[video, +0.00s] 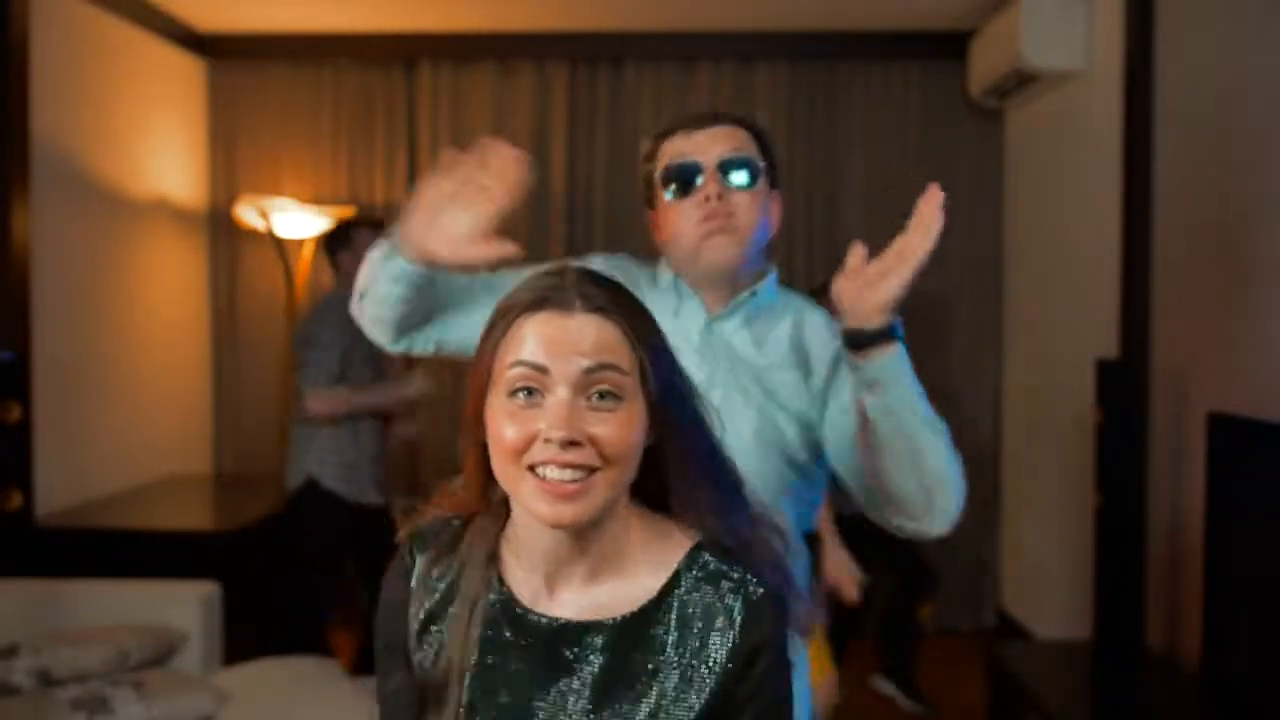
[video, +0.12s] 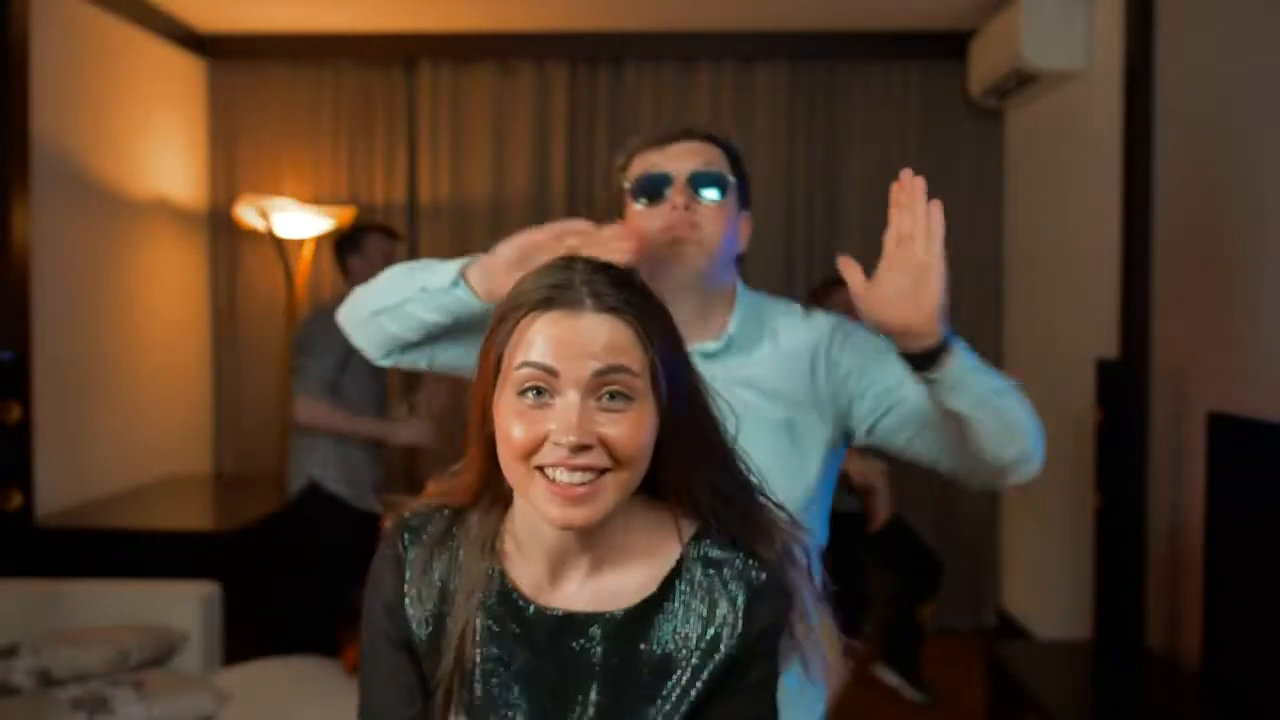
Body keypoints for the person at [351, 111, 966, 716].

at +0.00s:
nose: (712, 193)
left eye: (737, 174)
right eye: (684, 180)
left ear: (774, 210)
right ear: (653, 220)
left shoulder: (812, 337)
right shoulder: (606, 293)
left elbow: (927, 511)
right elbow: (396, 321)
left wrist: (872, 341)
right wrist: (413, 256)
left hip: (765, 622)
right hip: (602, 615)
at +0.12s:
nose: (677, 200)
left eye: (705, 186)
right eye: (650, 188)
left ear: (742, 228)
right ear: (619, 230)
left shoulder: (821, 346)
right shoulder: (579, 335)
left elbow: (1012, 457)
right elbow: (366, 325)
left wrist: (929, 349)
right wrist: (489, 278)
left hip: (767, 677)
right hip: (597, 674)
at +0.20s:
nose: (657, 187)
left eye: (685, 171)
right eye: (632, 173)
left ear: (724, 214)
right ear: (600, 219)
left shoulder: (817, 315)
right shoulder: (565, 313)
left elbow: (1037, 387)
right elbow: (359, 315)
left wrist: (986, 347)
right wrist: (511, 287)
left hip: (767, 677)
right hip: (586, 672)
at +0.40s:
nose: (628, 198)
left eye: (659, 181)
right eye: (602, 184)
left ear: (698, 219)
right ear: (574, 215)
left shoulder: (771, 285)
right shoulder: (553, 311)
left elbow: (970, 206)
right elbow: (376, 285)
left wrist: (1061, 283)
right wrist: (560, 304)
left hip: (778, 665)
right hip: (590, 659)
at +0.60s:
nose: (636, 228)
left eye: (661, 209)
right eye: (607, 213)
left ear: (699, 234)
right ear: (578, 245)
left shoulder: (769, 296)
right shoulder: (566, 326)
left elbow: (961, 226)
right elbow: (410, 346)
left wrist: (996, 333)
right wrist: (635, 324)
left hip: (791, 645)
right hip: (628, 647)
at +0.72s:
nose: (643, 247)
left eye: (668, 229)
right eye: (617, 232)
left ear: (705, 259)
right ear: (588, 263)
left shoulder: (780, 338)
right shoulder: (565, 364)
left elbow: (989, 346)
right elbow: (413, 418)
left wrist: (911, 394)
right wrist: (597, 357)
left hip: (788, 684)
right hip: (620, 685)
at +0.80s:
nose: (651, 249)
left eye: (675, 231)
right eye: (624, 237)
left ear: (712, 262)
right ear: (594, 273)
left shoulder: (780, 362)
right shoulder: (569, 384)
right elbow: (400, 465)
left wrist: (843, 401)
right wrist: (562, 381)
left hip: (793, 688)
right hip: (625, 692)